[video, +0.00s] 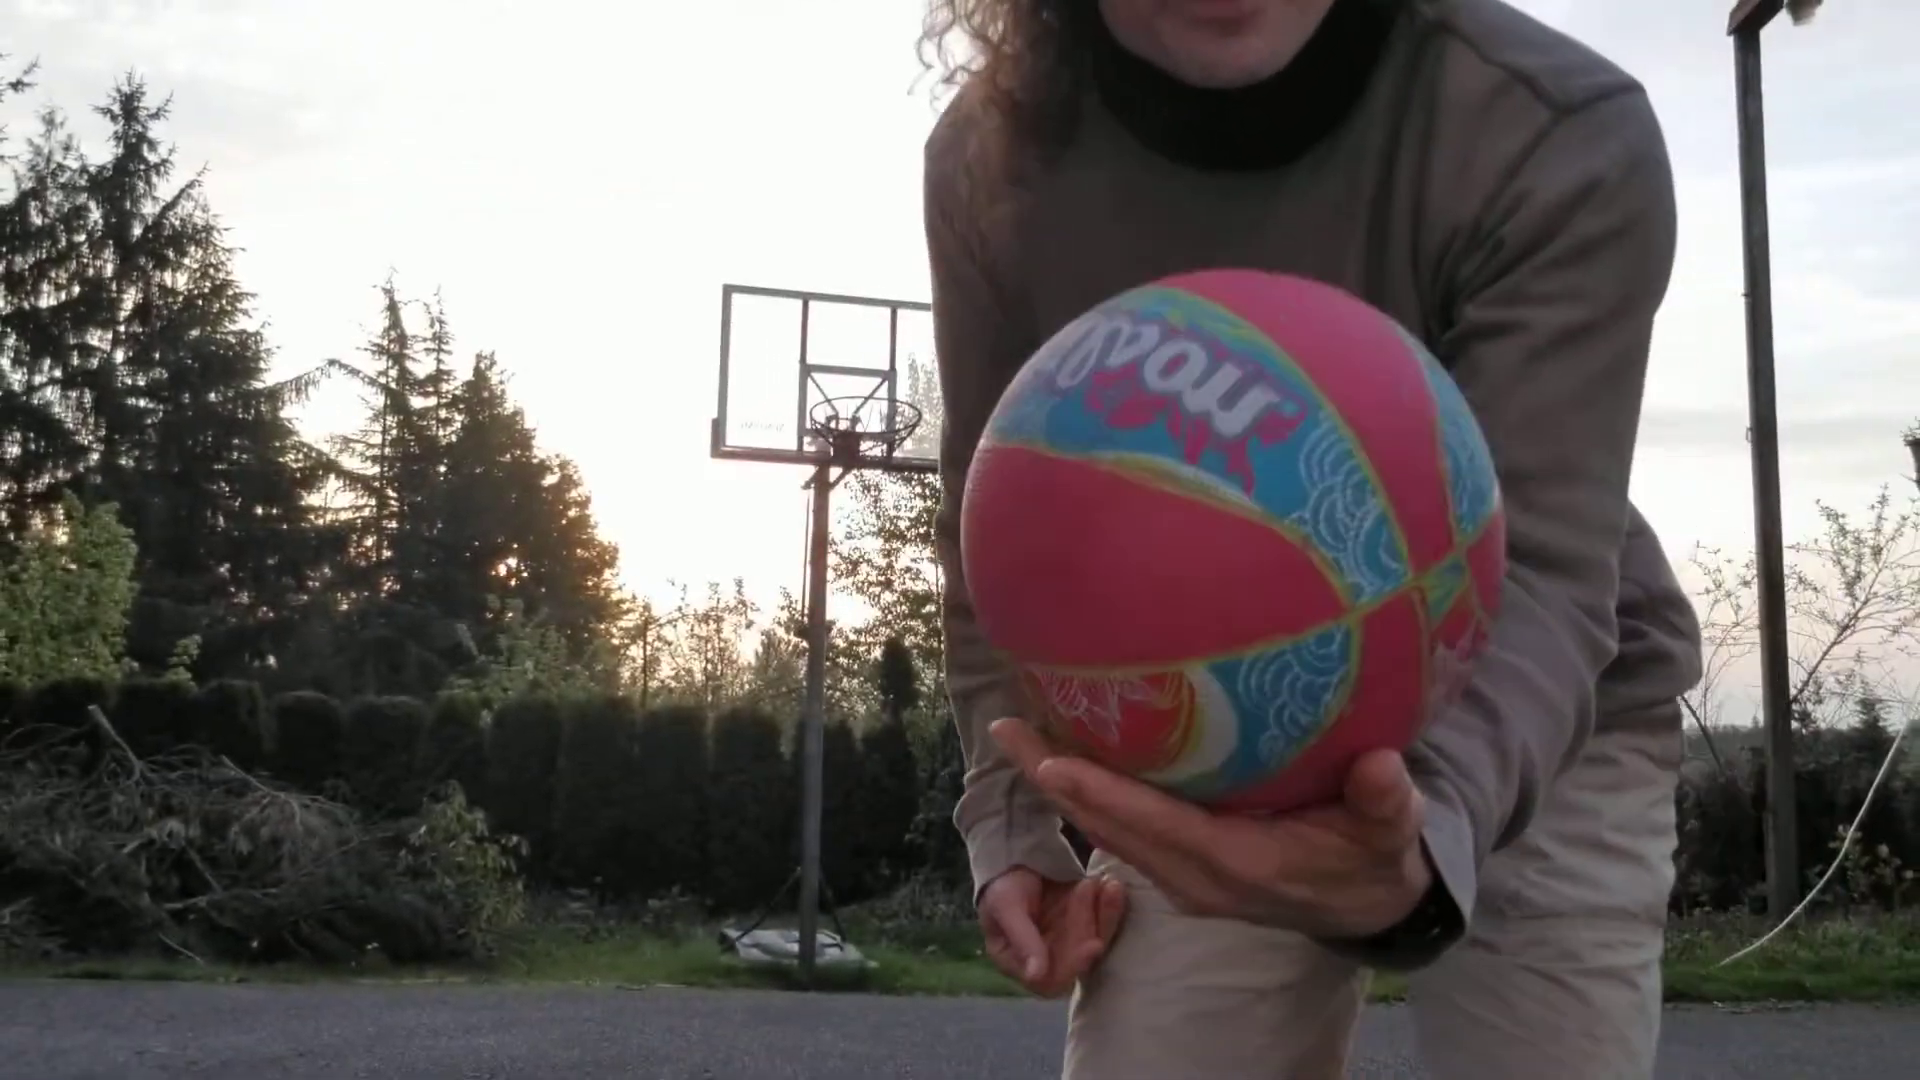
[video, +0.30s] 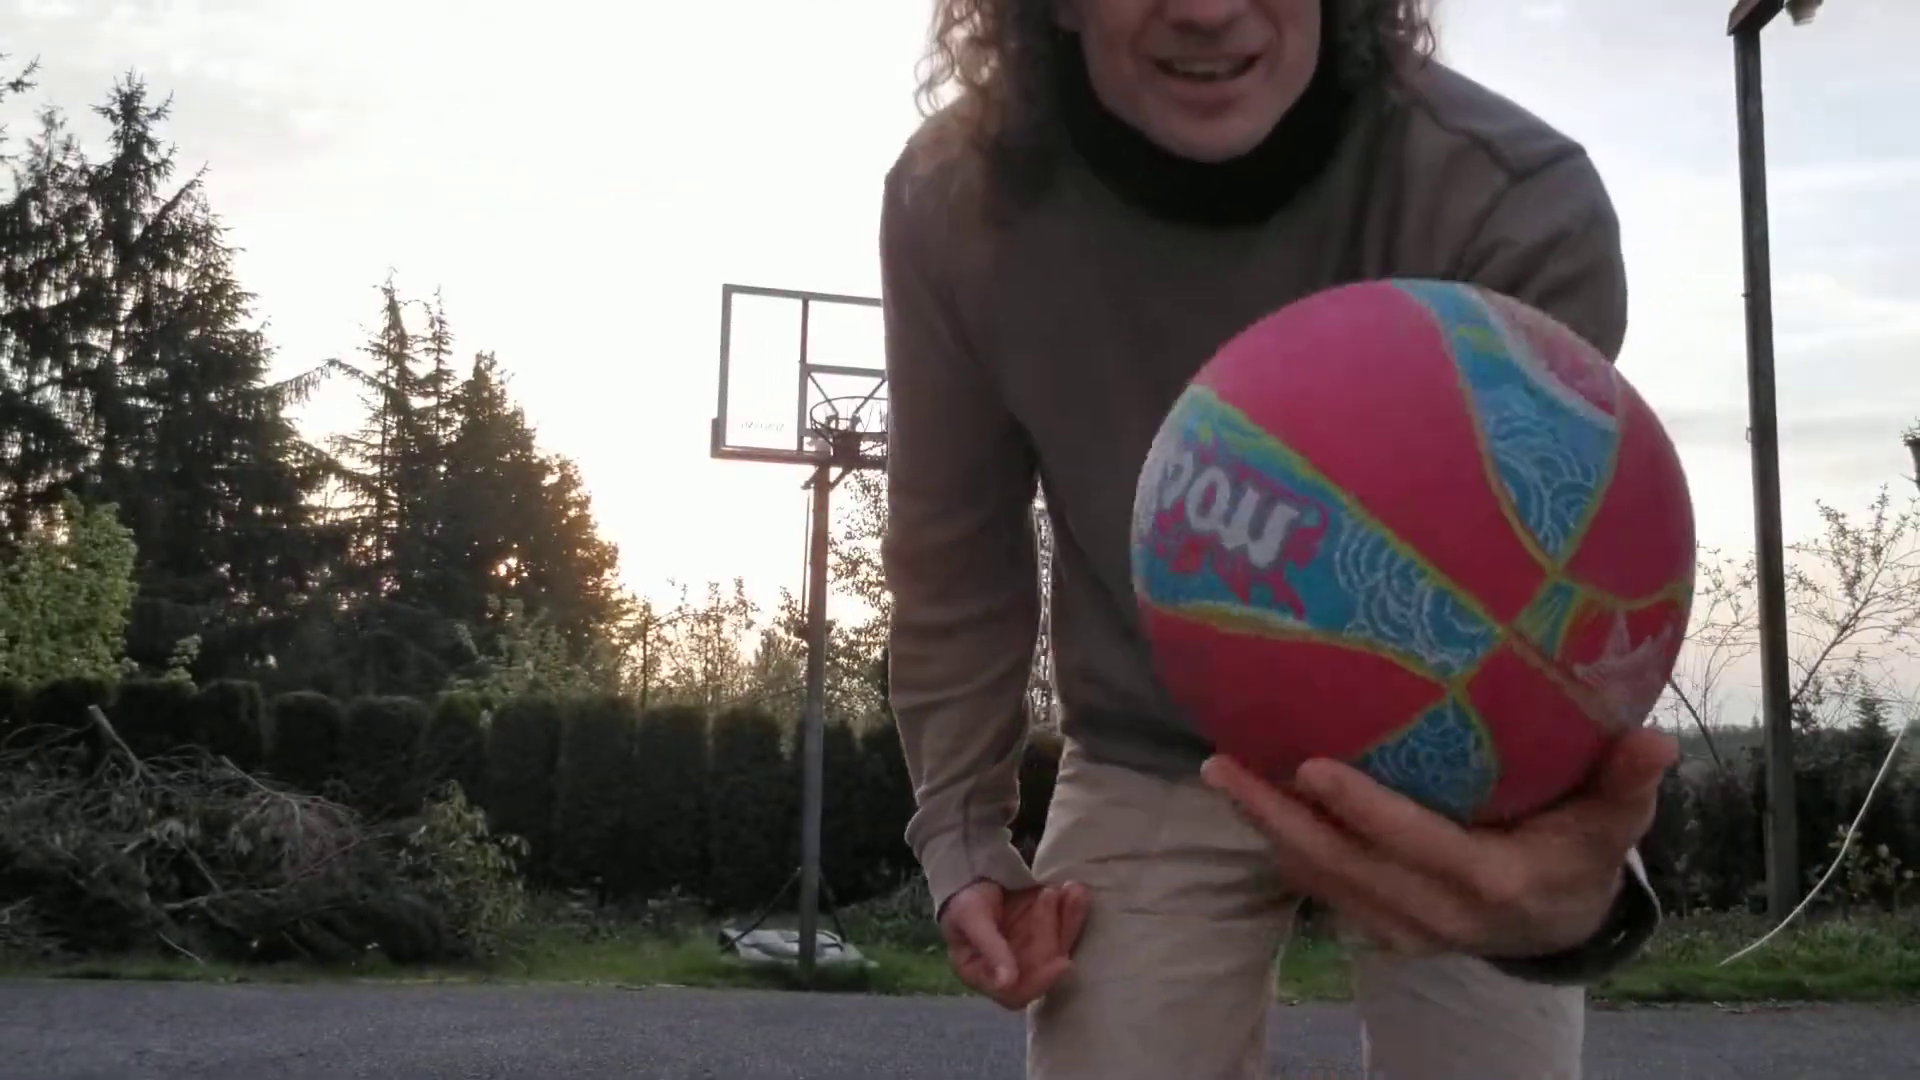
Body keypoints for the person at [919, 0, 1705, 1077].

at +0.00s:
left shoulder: (1558, 138)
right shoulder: (996, 157)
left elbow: (1552, 567)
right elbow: (996, 550)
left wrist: (1430, 832)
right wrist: (1019, 829)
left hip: (1535, 718)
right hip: (1187, 720)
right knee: (1141, 1052)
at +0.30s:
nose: (1210, 13)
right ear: (1060, 2)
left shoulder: (1509, 198)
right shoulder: (961, 199)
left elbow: (1558, 629)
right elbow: (952, 564)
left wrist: (1591, 900)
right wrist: (966, 841)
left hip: (1464, 777)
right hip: (1150, 774)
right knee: (1104, 1049)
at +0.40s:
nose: (1206, 23)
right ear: (1058, 13)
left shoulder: (1494, 209)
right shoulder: (956, 209)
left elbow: (1577, 633)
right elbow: (942, 562)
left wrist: (1618, 895)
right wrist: (958, 842)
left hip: (1444, 765)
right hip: (1138, 765)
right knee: (1104, 1057)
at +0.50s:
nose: (1203, 30)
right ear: (1052, 11)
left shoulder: (1483, 219)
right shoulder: (957, 219)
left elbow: (1525, 621)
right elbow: (939, 570)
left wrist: (1588, 876)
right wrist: (954, 840)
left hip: (1413, 759)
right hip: (1123, 763)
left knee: (1476, 1069)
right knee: (1094, 1063)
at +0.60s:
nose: (1203, 45)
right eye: (1140, 0)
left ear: (1321, 8)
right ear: (1054, 25)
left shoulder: (1471, 226)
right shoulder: (958, 231)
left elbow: (1497, 617)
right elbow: (940, 574)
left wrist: (1554, 852)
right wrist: (955, 837)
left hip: (1399, 764)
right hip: (1117, 763)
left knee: (1455, 1065)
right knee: (1086, 1060)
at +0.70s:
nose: (1188, 52)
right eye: (1125, 8)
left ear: (1301, 15)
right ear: (1049, 35)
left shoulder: (1456, 241)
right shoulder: (960, 239)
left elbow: (1467, 616)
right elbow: (948, 579)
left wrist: (1513, 807)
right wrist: (965, 837)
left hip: (1399, 775)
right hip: (1124, 769)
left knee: (1447, 1058)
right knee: (1085, 1055)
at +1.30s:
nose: (1126, 150)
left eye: (1164, 96)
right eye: (1080, 107)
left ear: (1253, 61)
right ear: (1037, 95)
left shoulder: (1424, 229)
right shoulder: (1043, 261)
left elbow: (1544, 556)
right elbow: (1060, 528)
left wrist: (1565, 876)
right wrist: (1066, 720)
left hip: (1445, 764)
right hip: (1203, 776)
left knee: (1480, 1056)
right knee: (1153, 1057)